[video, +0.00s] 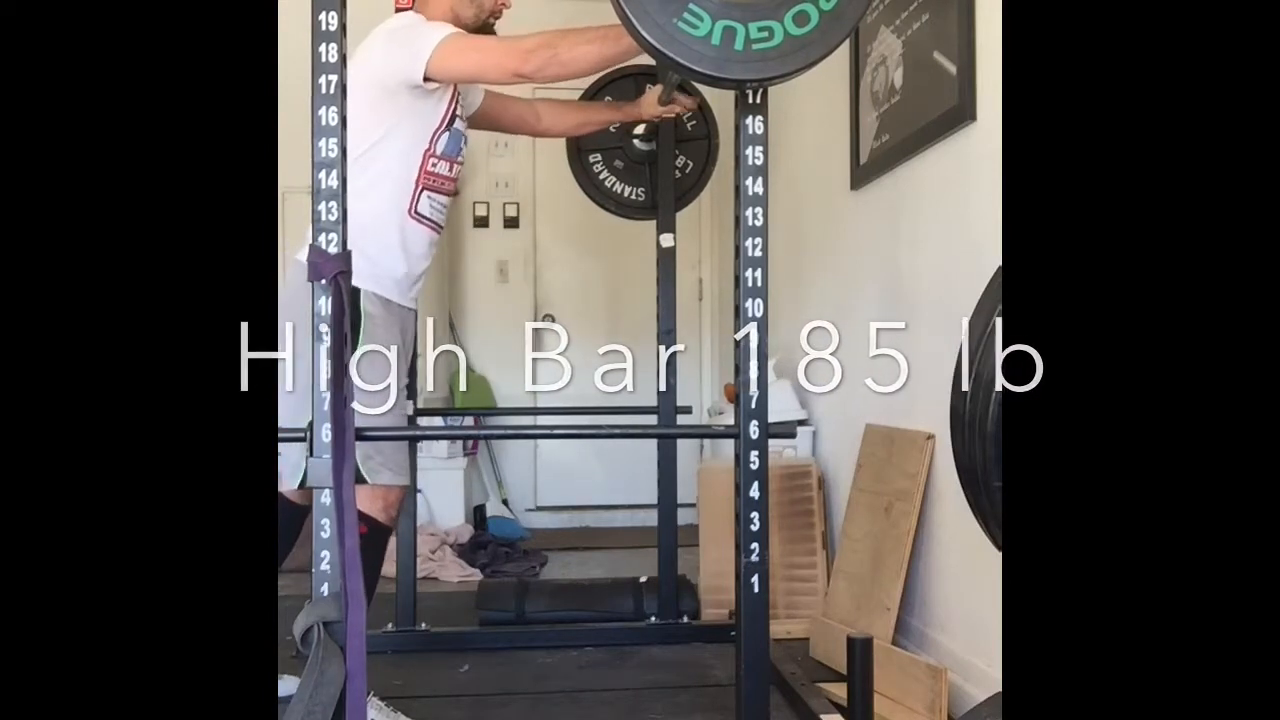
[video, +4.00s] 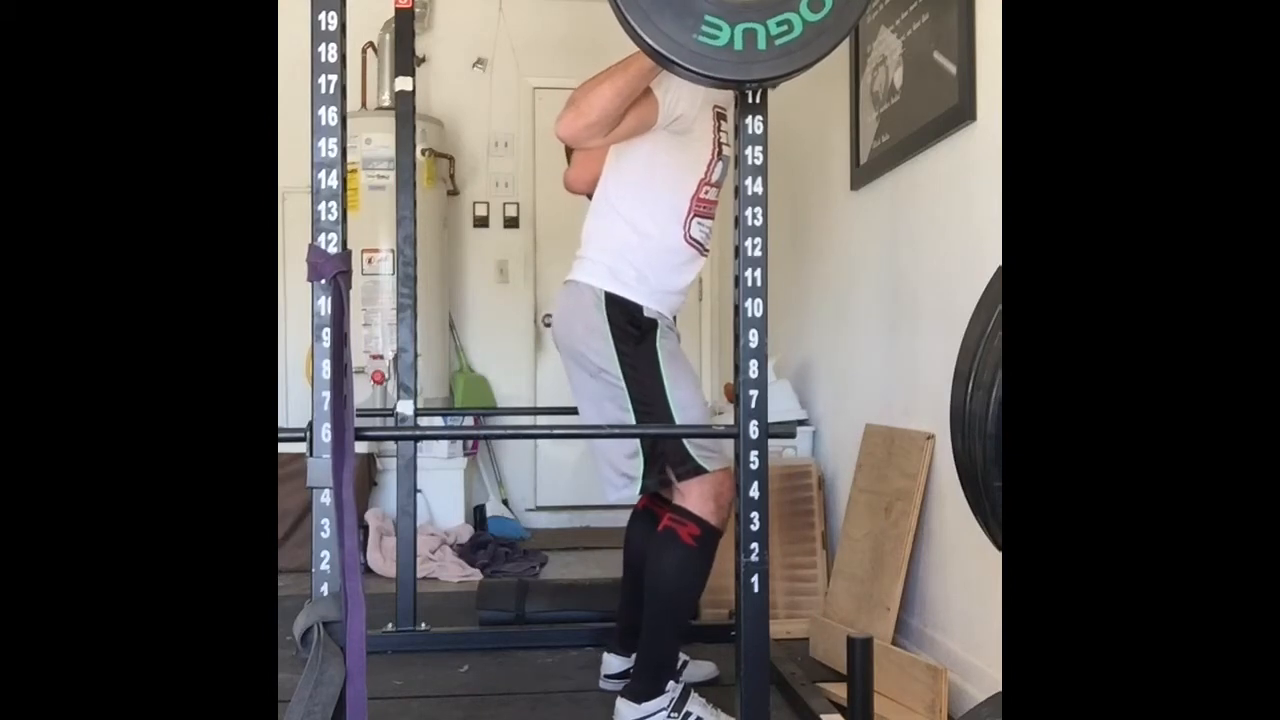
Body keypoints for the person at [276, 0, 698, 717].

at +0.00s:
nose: (503, 8)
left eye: (502, 1)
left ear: (434, 4)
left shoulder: (440, 76)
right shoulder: (400, 41)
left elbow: (534, 117)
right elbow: (533, 61)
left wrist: (636, 110)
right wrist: (657, 29)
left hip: (376, 301)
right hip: (352, 297)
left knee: (304, 482)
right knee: (379, 488)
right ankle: (327, 684)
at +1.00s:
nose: (747, 169)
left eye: (760, 162)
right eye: (758, 153)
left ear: (738, 120)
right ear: (745, 114)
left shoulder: (674, 155)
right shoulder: (642, 96)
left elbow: (553, 143)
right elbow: (545, 57)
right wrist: (642, 31)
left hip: (543, 322)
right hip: (510, 311)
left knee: (488, 510)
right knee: (610, 488)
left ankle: (345, 570)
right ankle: (545, 691)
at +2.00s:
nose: (756, 39)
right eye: (747, 27)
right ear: (717, 21)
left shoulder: (701, 99)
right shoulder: (676, 74)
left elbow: (577, 178)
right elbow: (579, 133)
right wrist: (662, 46)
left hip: (630, 311)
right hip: (617, 312)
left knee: (672, 485)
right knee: (713, 491)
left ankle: (626, 652)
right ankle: (655, 694)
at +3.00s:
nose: (765, 49)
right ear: (729, 31)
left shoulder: (703, 104)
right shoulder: (684, 77)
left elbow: (575, 167)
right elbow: (566, 114)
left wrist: (667, 176)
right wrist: (654, 43)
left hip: (633, 309)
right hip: (616, 309)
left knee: (672, 484)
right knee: (709, 492)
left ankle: (627, 651)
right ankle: (650, 695)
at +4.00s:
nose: (764, 46)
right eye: (754, 32)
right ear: (724, 27)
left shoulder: (703, 100)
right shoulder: (683, 78)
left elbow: (579, 174)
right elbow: (572, 125)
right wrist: (657, 47)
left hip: (628, 307)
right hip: (614, 307)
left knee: (671, 486)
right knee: (707, 488)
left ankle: (630, 654)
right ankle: (650, 693)